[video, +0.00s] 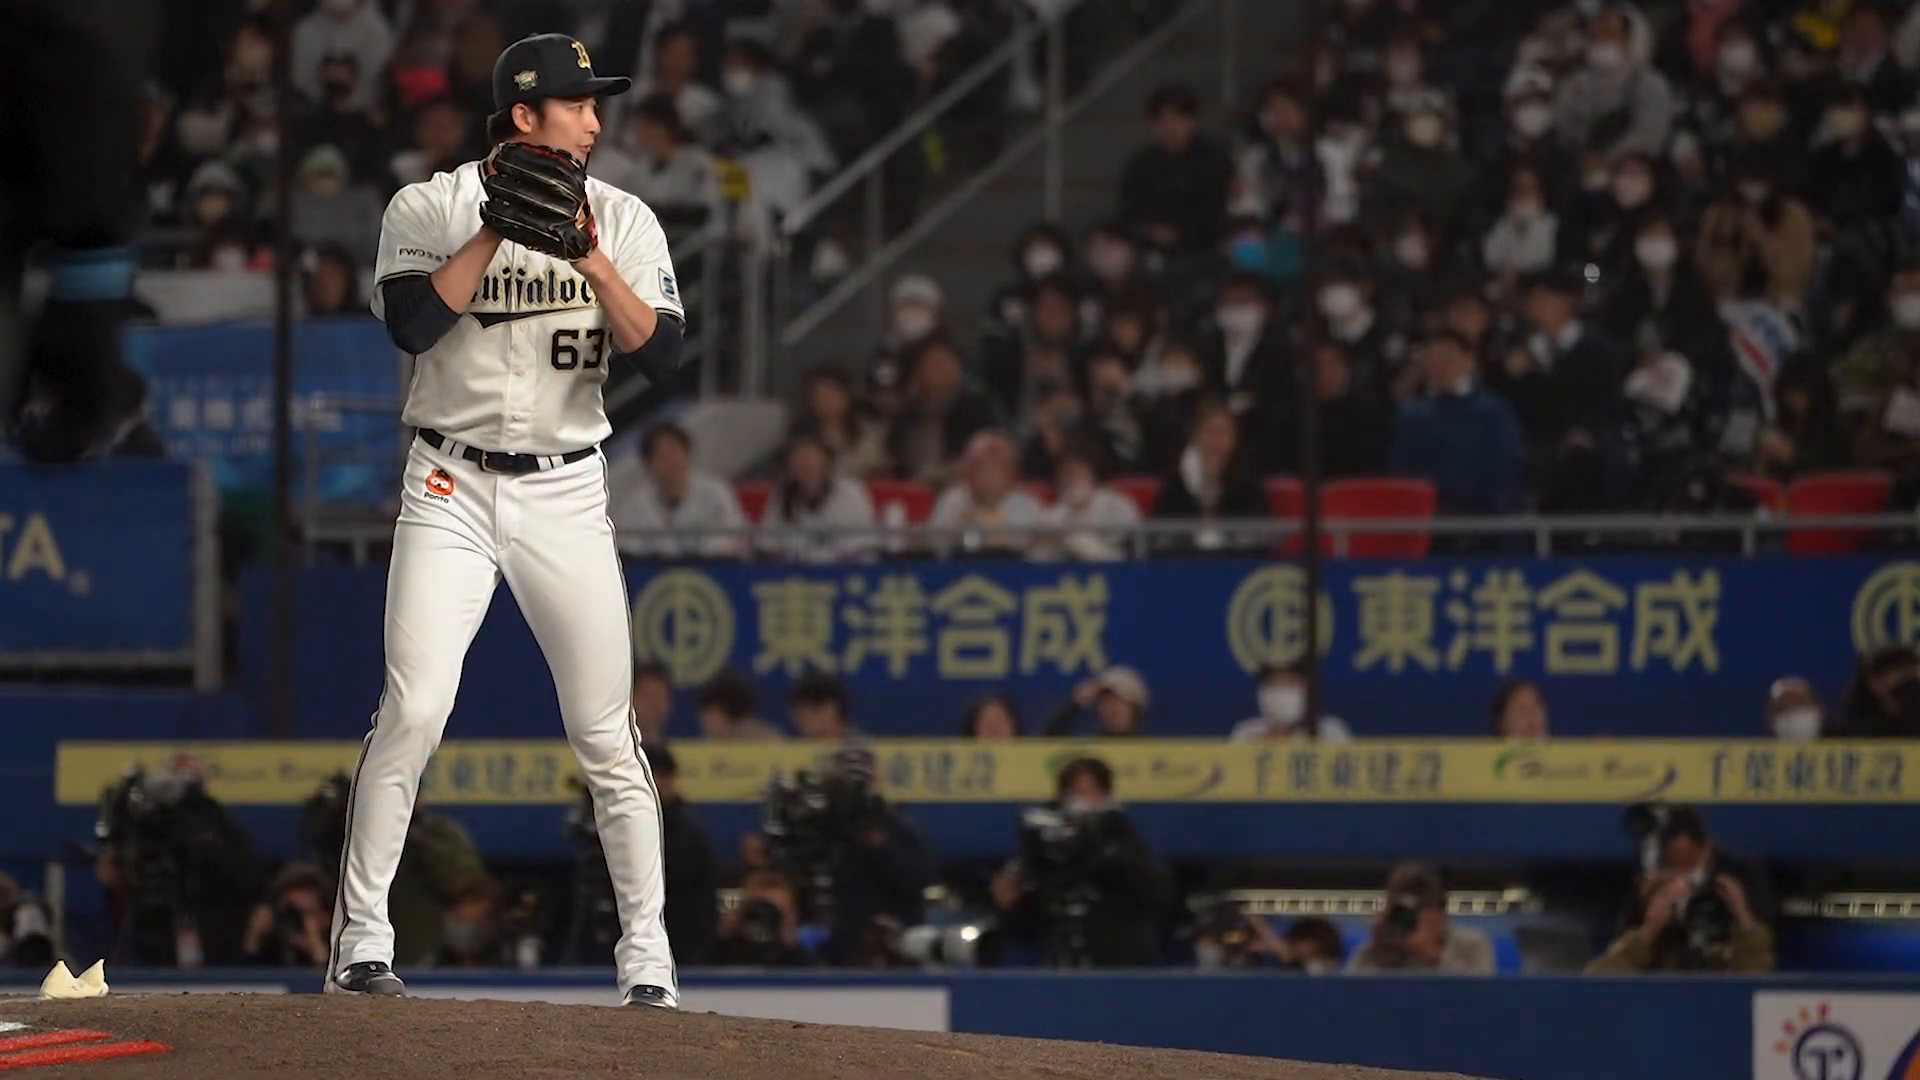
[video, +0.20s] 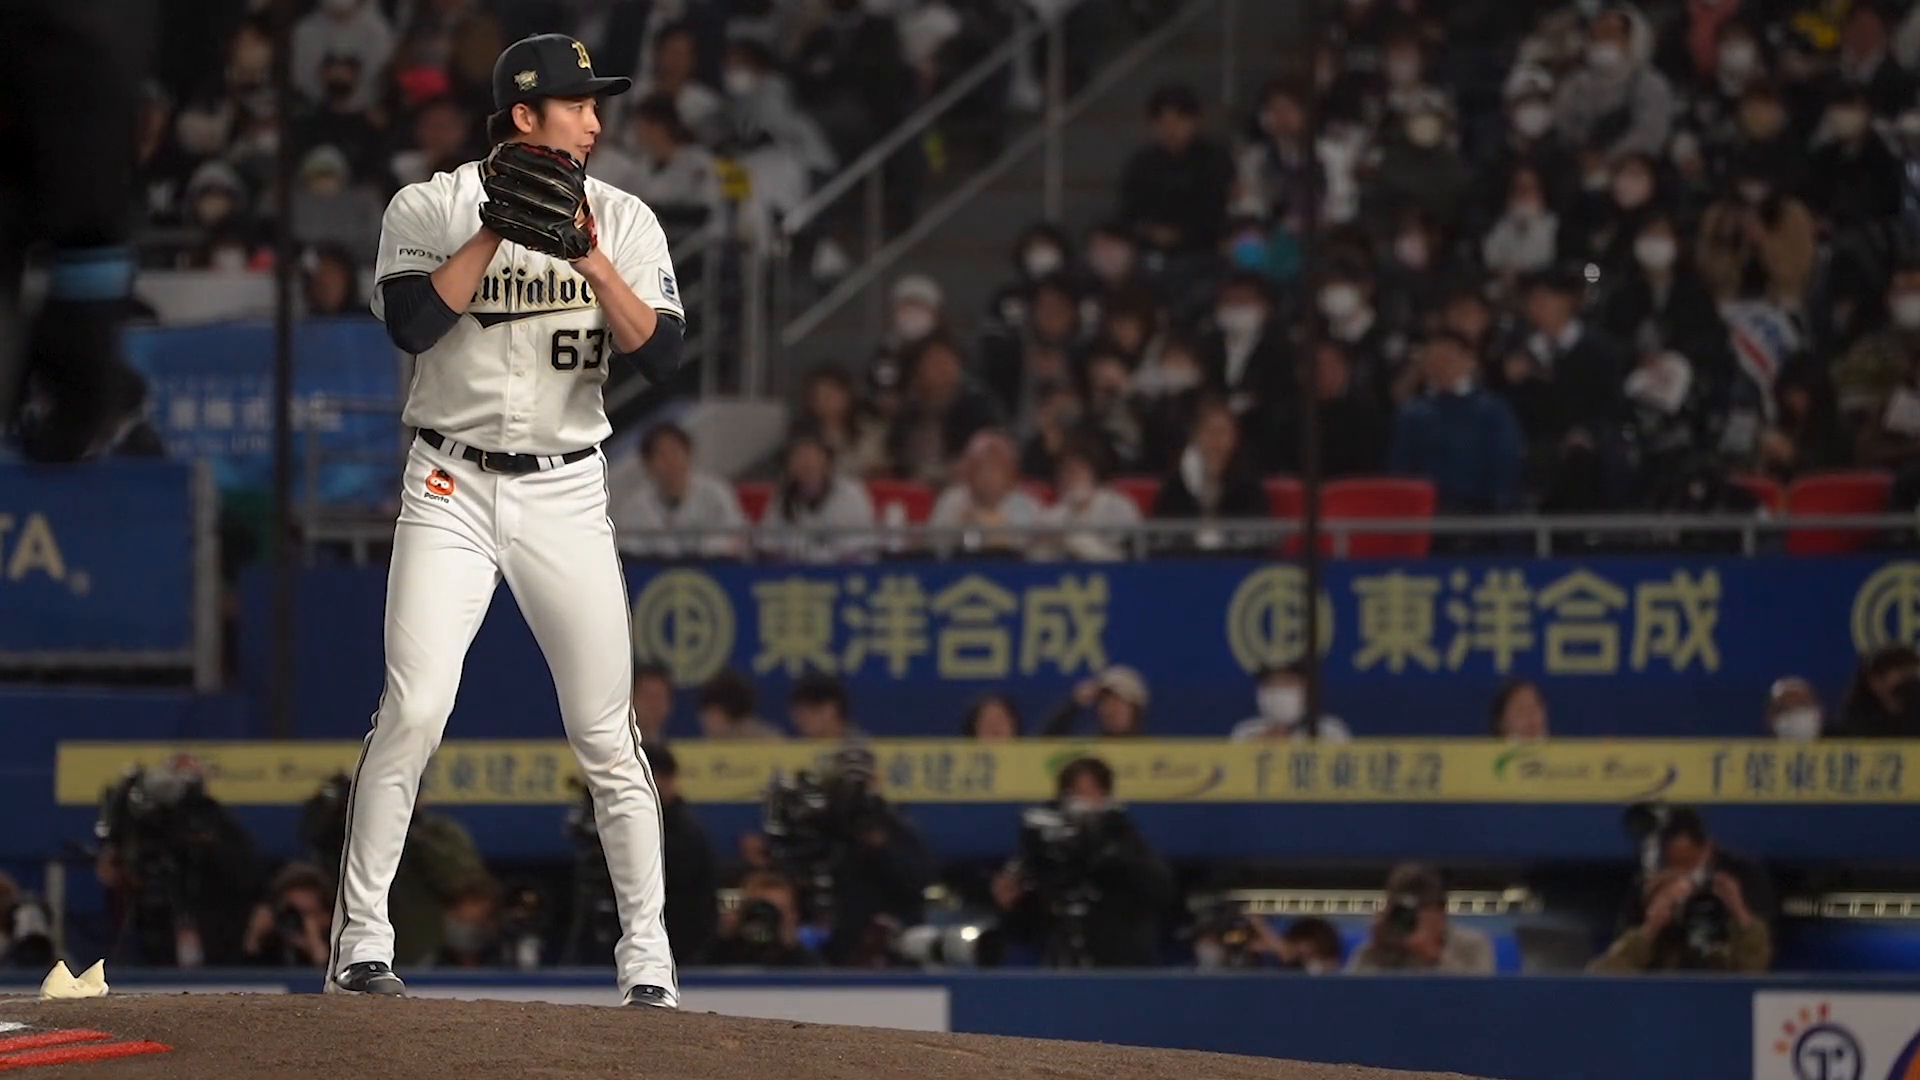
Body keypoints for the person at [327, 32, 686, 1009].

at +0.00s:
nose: (593, 120)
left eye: (596, 104)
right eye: (575, 103)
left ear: (592, 118)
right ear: (520, 113)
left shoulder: (626, 221)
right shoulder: (430, 206)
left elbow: (660, 357)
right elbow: (408, 327)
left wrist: (593, 262)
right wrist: (495, 230)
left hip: (568, 498)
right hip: (448, 489)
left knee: (604, 735)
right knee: (413, 709)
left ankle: (647, 962)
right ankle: (361, 943)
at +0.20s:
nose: (593, 120)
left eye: (596, 104)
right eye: (575, 104)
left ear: (591, 119)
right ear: (520, 113)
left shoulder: (626, 221)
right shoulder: (430, 206)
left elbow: (662, 357)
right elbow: (408, 327)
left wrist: (594, 263)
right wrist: (495, 230)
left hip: (568, 498)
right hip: (448, 489)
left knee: (604, 734)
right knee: (414, 709)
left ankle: (647, 961)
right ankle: (361, 942)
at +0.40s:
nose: (592, 120)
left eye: (595, 104)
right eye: (575, 104)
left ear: (590, 119)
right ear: (519, 113)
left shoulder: (625, 220)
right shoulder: (430, 206)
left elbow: (662, 356)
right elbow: (408, 327)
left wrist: (591, 261)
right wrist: (495, 231)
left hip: (568, 497)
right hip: (448, 488)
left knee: (605, 735)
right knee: (413, 710)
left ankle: (648, 964)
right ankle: (360, 946)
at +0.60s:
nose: (594, 120)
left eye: (596, 104)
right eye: (577, 103)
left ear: (590, 119)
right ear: (522, 112)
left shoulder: (626, 221)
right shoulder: (432, 204)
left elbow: (664, 358)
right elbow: (409, 328)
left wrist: (591, 260)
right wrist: (494, 232)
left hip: (568, 497)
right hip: (449, 487)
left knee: (604, 735)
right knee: (414, 709)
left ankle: (648, 963)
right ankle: (361, 946)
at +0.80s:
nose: (592, 120)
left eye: (595, 105)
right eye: (575, 104)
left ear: (590, 119)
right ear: (519, 113)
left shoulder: (626, 222)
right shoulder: (430, 206)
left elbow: (660, 357)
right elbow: (409, 327)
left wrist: (591, 261)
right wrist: (495, 233)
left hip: (568, 497)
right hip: (448, 489)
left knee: (605, 733)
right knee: (415, 709)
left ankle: (648, 962)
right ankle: (361, 945)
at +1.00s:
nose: (592, 120)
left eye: (595, 105)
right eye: (575, 104)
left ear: (589, 119)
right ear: (520, 112)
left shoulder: (625, 222)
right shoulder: (429, 206)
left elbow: (659, 357)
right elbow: (408, 328)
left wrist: (590, 261)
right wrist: (494, 233)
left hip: (568, 498)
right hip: (448, 489)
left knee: (605, 735)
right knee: (415, 708)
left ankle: (647, 963)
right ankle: (360, 943)